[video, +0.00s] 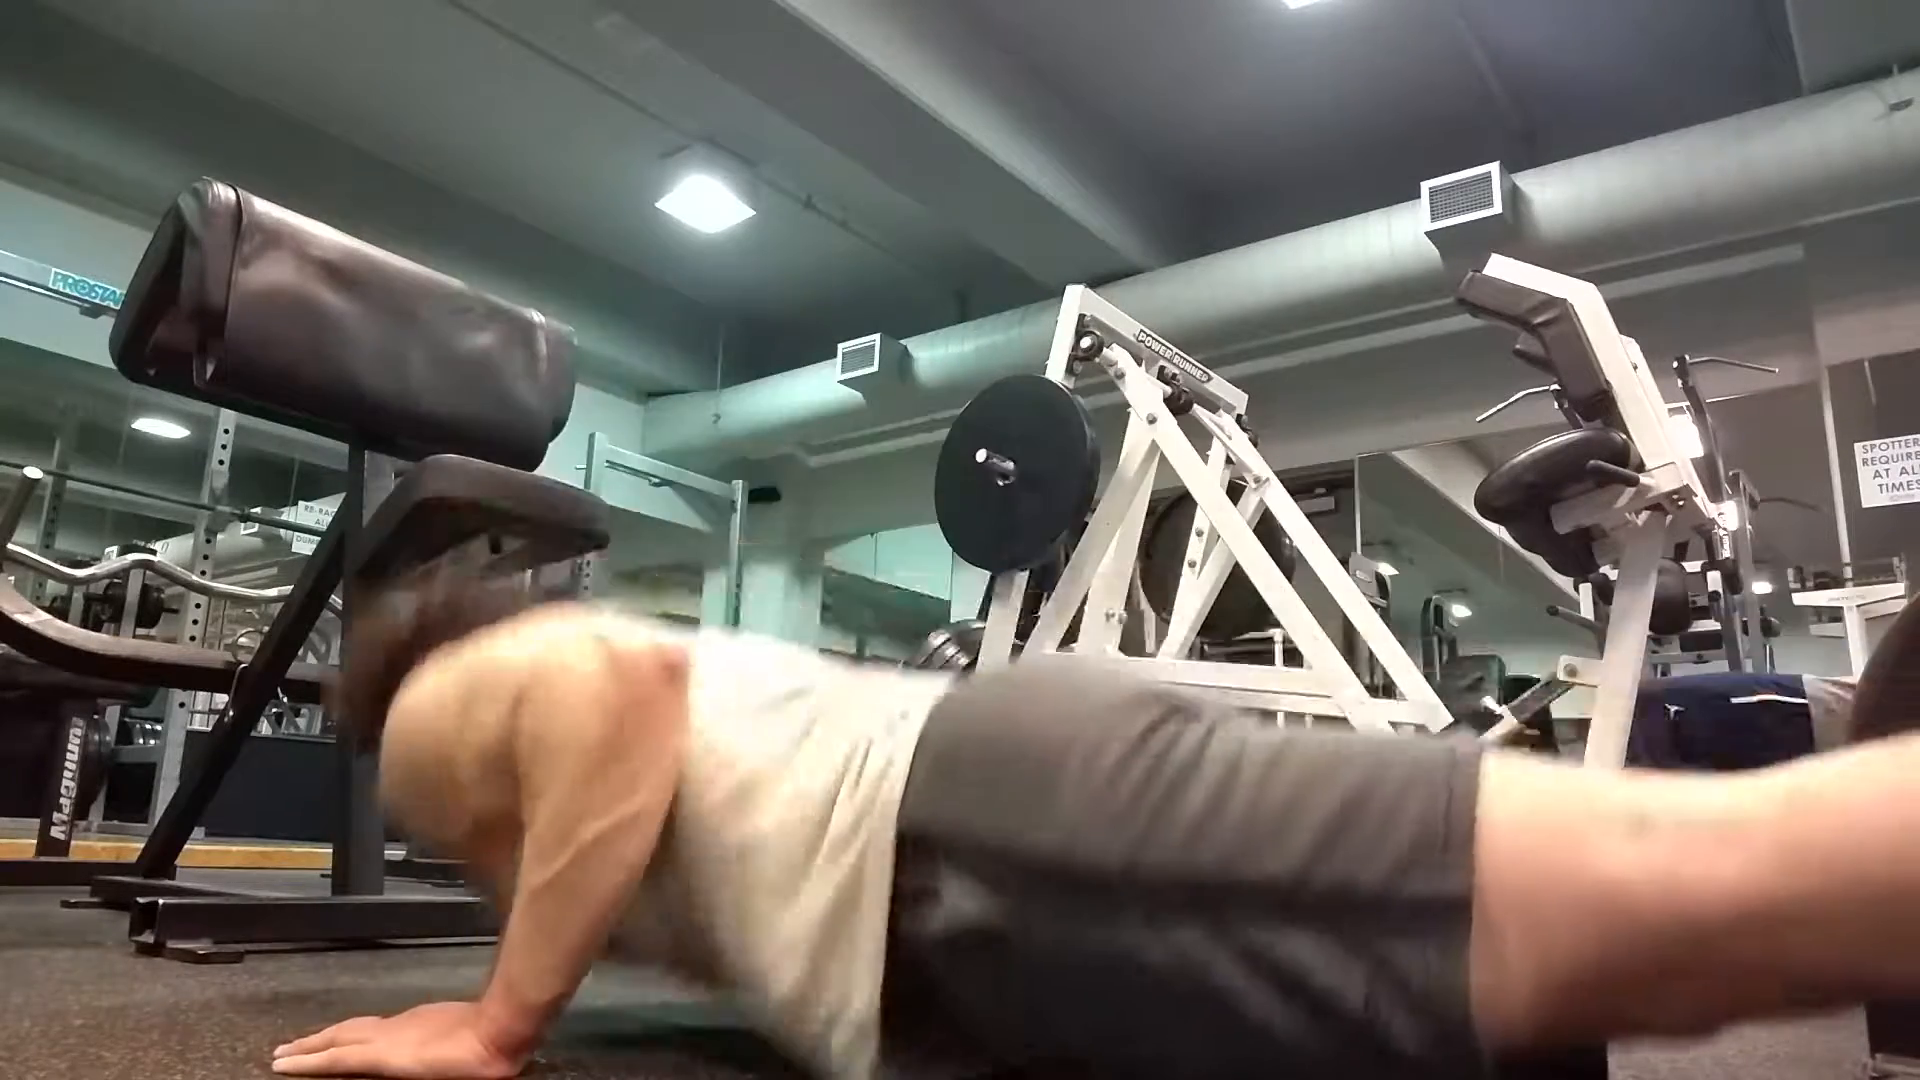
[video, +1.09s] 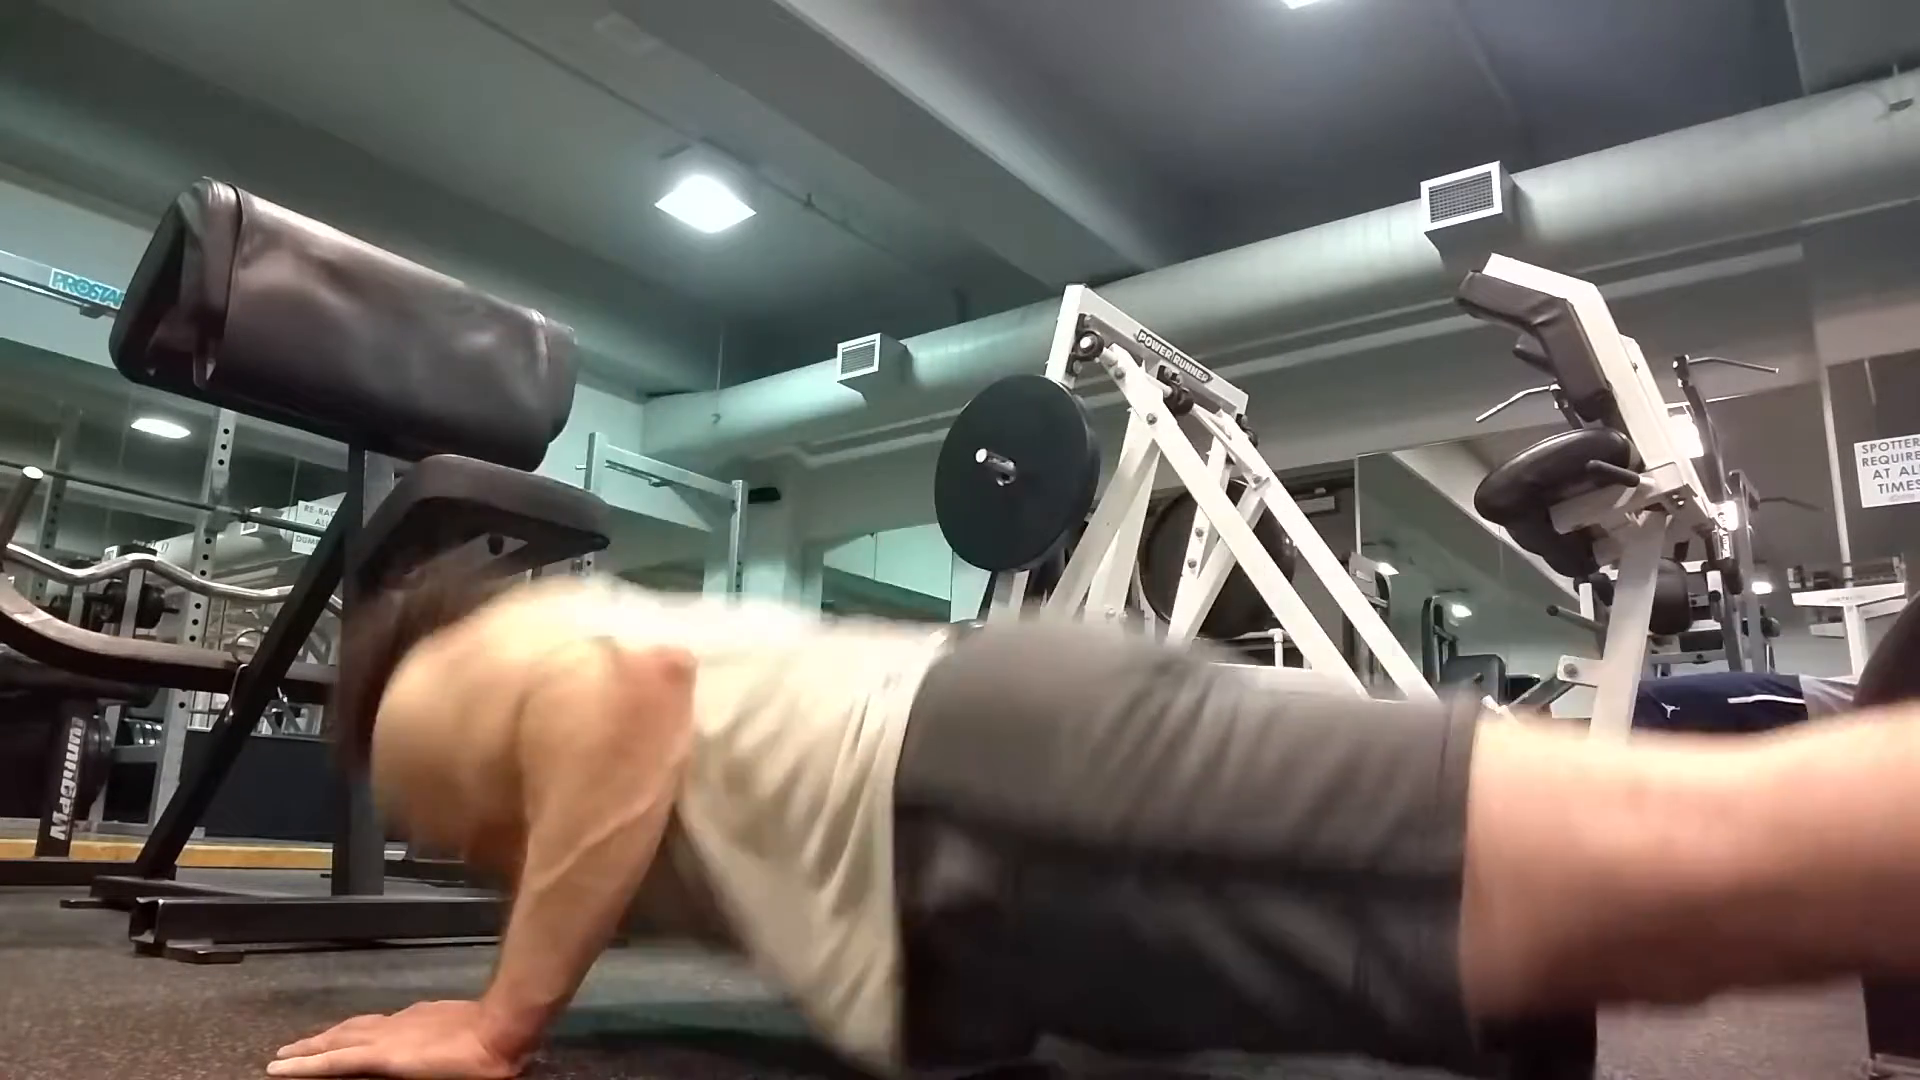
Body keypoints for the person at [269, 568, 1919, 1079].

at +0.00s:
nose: (371, 722)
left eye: (367, 692)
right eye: (377, 702)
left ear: (402, 638)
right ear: (516, 603)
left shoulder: (442, 697)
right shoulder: (648, 681)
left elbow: (622, 693)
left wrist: (490, 1018)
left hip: (983, 839)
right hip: (981, 926)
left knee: (1685, 891)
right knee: (1641, 932)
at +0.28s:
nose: (411, 658)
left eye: (400, 625)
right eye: (408, 637)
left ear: (413, 565)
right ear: (527, 489)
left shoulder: (475, 566)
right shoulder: (664, 532)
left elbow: (622, 685)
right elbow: (861, 668)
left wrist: (495, 1021)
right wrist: (872, 933)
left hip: (1002, 707)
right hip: (1039, 675)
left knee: (1724, 805)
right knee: (1700, 816)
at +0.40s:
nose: (456, 505)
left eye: (452, 467)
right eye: (459, 481)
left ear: (481, 392)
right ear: (596, 361)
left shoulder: (529, 420)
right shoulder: (757, 436)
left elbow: (615, 656)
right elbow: (917, 706)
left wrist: (495, 1015)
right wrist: (919, 958)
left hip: (1023, 580)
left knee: (1756, 727)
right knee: (1749, 749)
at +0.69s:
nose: (396, 503)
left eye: (396, 474)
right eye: (395, 468)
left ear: (431, 453)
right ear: (553, 399)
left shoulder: (513, 502)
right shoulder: (701, 480)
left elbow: (644, 681)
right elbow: (925, 675)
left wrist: (501, 1020)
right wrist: (931, 955)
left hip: (1026, 672)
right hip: (1051, 647)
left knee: (1731, 785)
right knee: (1708, 790)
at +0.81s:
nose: (376, 700)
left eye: (372, 668)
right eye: (376, 676)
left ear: (400, 608)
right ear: (517, 563)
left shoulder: (451, 657)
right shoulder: (650, 615)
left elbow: (642, 703)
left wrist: (495, 1023)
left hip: (1007, 793)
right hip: (1015, 800)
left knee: (1698, 859)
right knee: (1674, 871)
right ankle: (1883, 926)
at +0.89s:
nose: (396, 821)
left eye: (377, 801)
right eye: (397, 803)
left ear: (386, 736)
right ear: (473, 670)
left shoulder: (417, 751)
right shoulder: (561, 787)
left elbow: (623, 684)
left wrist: (490, 1014)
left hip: (989, 852)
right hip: (994, 919)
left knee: (1679, 899)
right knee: (1660, 930)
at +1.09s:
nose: (390, 761)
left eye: (380, 728)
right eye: (391, 746)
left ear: (400, 645)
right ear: (521, 589)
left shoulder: (437, 682)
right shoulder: (654, 642)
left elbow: (625, 698)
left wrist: (492, 1021)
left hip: (986, 806)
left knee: (1680, 864)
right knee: (1665, 875)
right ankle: (1876, 927)